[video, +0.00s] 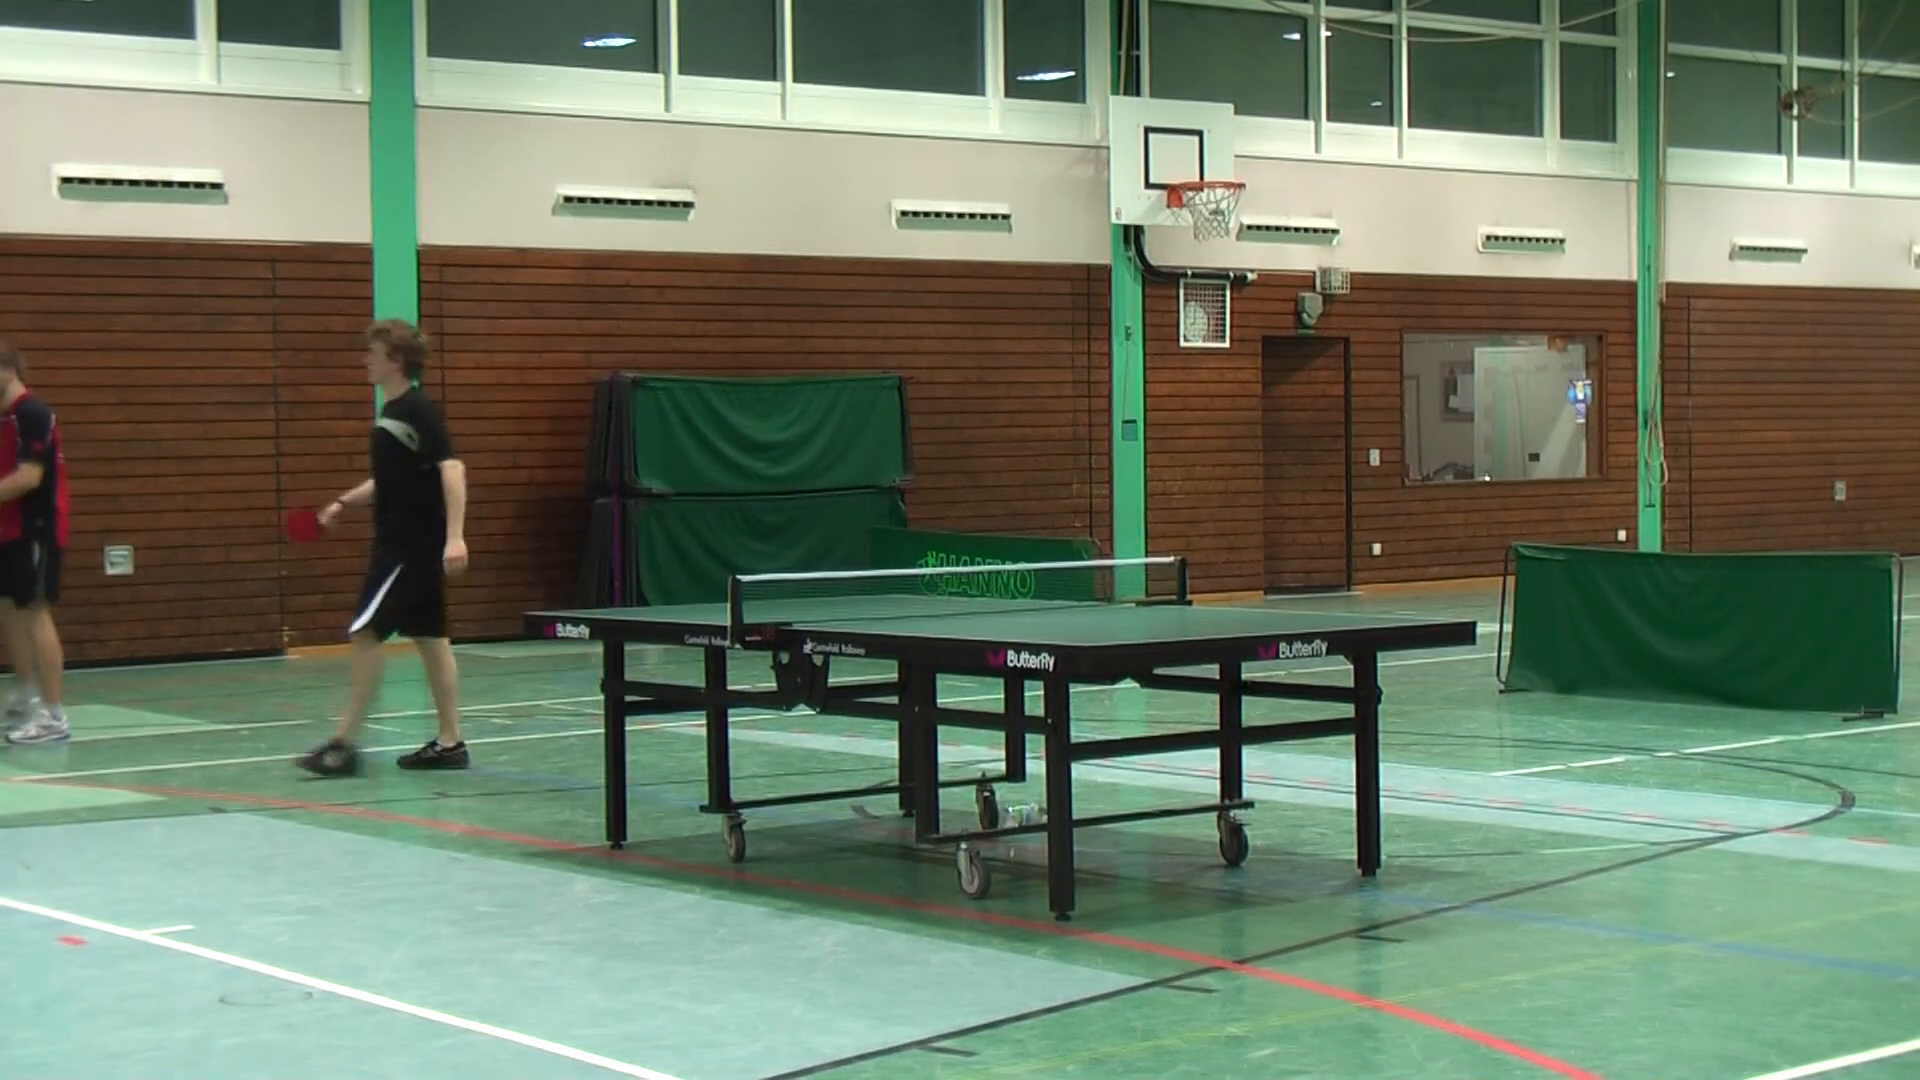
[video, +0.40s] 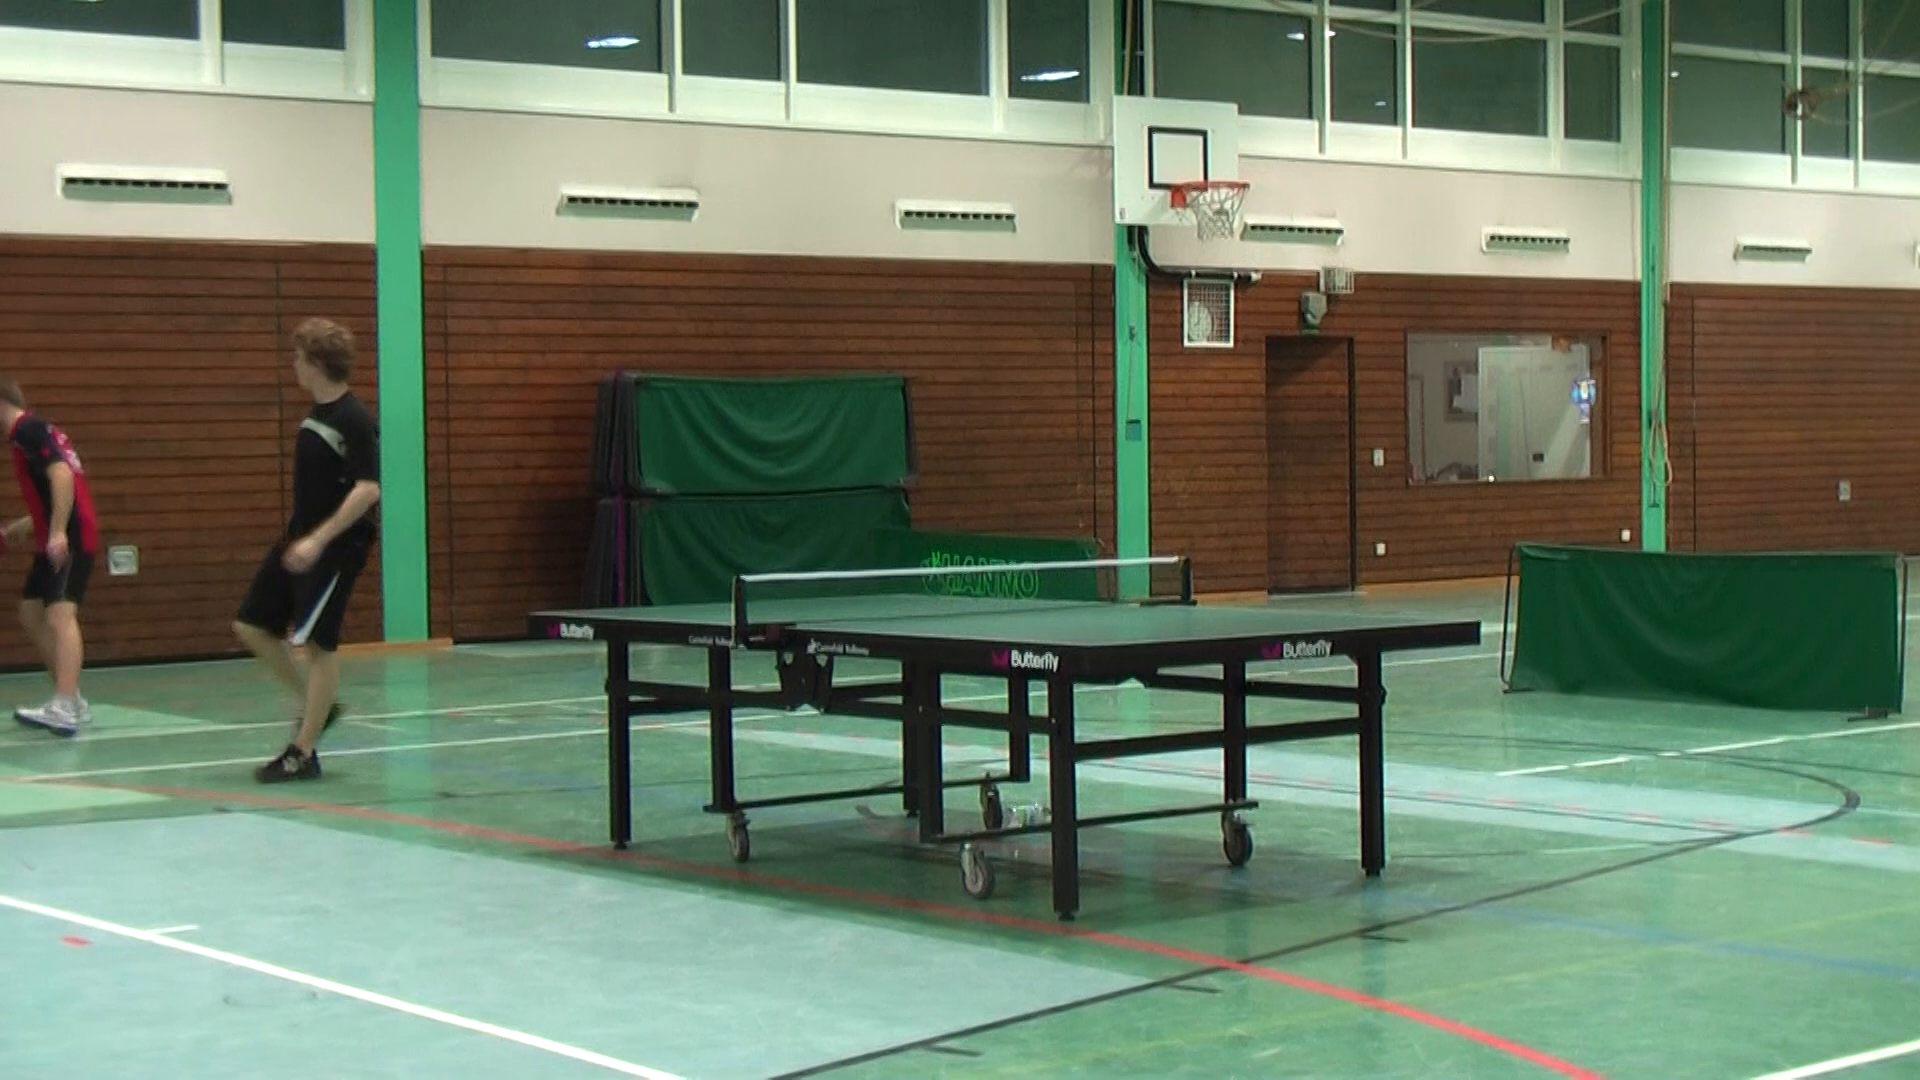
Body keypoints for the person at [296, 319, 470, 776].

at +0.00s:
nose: (365, 360)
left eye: (372, 353)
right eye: (367, 353)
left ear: (395, 359)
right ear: (389, 359)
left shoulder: (420, 409)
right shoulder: (389, 409)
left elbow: (452, 468)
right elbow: (389, 479)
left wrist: (455, 535)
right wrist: (341, 503)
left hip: (412, 545)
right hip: (402, 543)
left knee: (365, 634)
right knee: (431, 639)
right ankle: (450, 742)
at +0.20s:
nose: (326, 369)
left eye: (332, 361)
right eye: (328, 361)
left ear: (352, 367)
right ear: (358, 368)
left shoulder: (379, 421)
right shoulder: (348, 417)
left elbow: (402, 491)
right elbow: (344, 483)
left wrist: (406, 559)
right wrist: (300, 505)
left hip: (364, 554)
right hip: (341, 550)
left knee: (331, 647)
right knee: (361, 645)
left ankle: (301, 751)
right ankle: (425, 720)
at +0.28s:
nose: (313, 370)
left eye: (318, 362)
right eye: (314, 362)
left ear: (337, 367)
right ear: (345, 367)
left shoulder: (367, 422)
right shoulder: (336, 416)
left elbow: (383, 494)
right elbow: (330, 484)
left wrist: (370, 562)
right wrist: (296, 517)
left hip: (344, 551)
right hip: (319, 546)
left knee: (322, 648)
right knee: (306, 643)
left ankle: (303, 751)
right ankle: (386, 704)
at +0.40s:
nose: (294, 365)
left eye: (298, 357)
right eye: (295, 357)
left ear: (316, 364)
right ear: (328, 362)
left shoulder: (356, 418)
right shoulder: (317, 412)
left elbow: (368, 489)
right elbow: (320, 483)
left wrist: (316, 540)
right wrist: (298, 531)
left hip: (337, 547)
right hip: (300, 538)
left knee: (313, 644)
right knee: (252, 626)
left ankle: (304, 752)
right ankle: (319, 704)